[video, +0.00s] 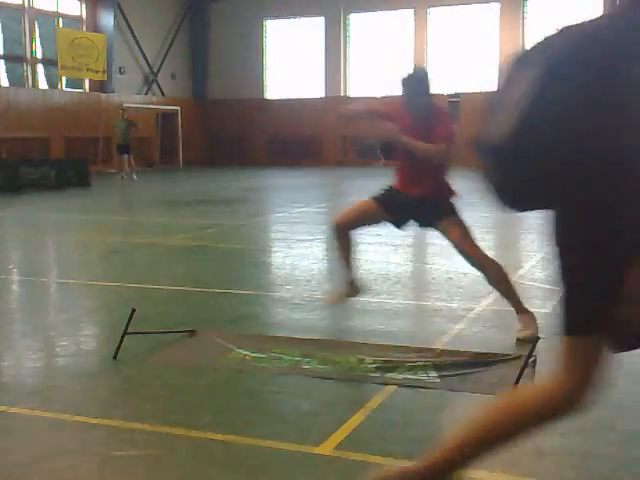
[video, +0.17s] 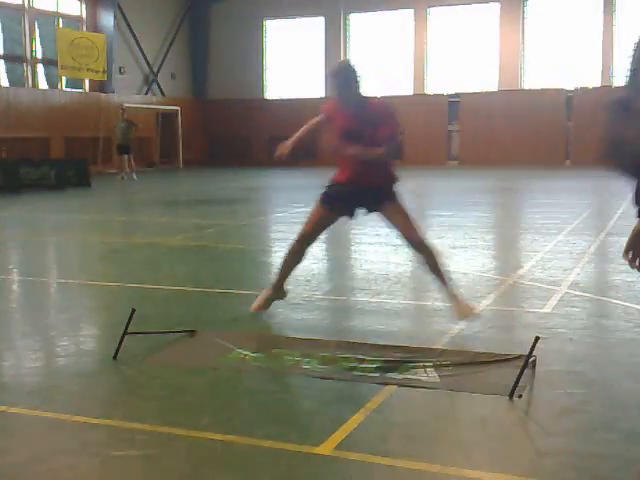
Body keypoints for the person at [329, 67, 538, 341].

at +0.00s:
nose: (416, 103)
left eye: (420, 97)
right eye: (411, 98)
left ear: (429, 95)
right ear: (404, 97)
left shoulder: (439, 116)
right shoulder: (397, 114)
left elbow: (441, 155)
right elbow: (360, 115)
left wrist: (398, 138)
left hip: (435, 200)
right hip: (401, 196)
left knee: (474, 256)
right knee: (341, 225)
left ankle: (523, 314)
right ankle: (350, 284)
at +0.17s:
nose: (339, 92)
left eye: (343, 86)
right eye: (335, 87)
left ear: (355, 84)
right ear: (333, 87)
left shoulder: (379, 110)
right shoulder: (334, 108)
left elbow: (393, 150)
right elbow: (316, 123)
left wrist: (355, 151)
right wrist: (291, 142)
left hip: (378, 187)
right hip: (343, 186)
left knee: (417, 242)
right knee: (304, 238)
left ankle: (451, 294)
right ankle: (277, 287)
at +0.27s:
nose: (308, 115)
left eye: (311, 109)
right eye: (303, 110)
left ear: (320, 105)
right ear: (299, 109)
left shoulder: (345, 129)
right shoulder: (299, 130)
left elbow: (365, 167)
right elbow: (292, 151)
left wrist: (328, 178)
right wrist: (274, 182)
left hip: (348, 197)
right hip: (315, 197)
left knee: (381, 240)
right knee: (279, 247)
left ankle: (389, 288)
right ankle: (271, 298)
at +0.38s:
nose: (276, 131)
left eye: (280, 125)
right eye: (273, 126)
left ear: (291, 122)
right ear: (272, 126)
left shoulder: (321, 142)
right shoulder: (279, 147)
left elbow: (339, 185)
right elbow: (279, 176)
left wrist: (303, 204)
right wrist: (269, 205)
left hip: (336, 201)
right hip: (303, 202)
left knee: (355, 250)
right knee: (266, 250)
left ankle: (335, 278)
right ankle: (270, 298)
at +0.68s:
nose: (286, 124)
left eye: (288, 117)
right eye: (279, 121)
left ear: (296, 119)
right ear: (273, 128)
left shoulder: (318, 140)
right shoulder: (274, 156)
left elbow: (355, 160)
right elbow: (261, 191)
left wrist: (317, 176)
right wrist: (243, 216)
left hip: (342, 205)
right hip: (307, 208)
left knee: (367, 241)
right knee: (267, 252)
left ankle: (370, 290)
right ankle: (270, 299)